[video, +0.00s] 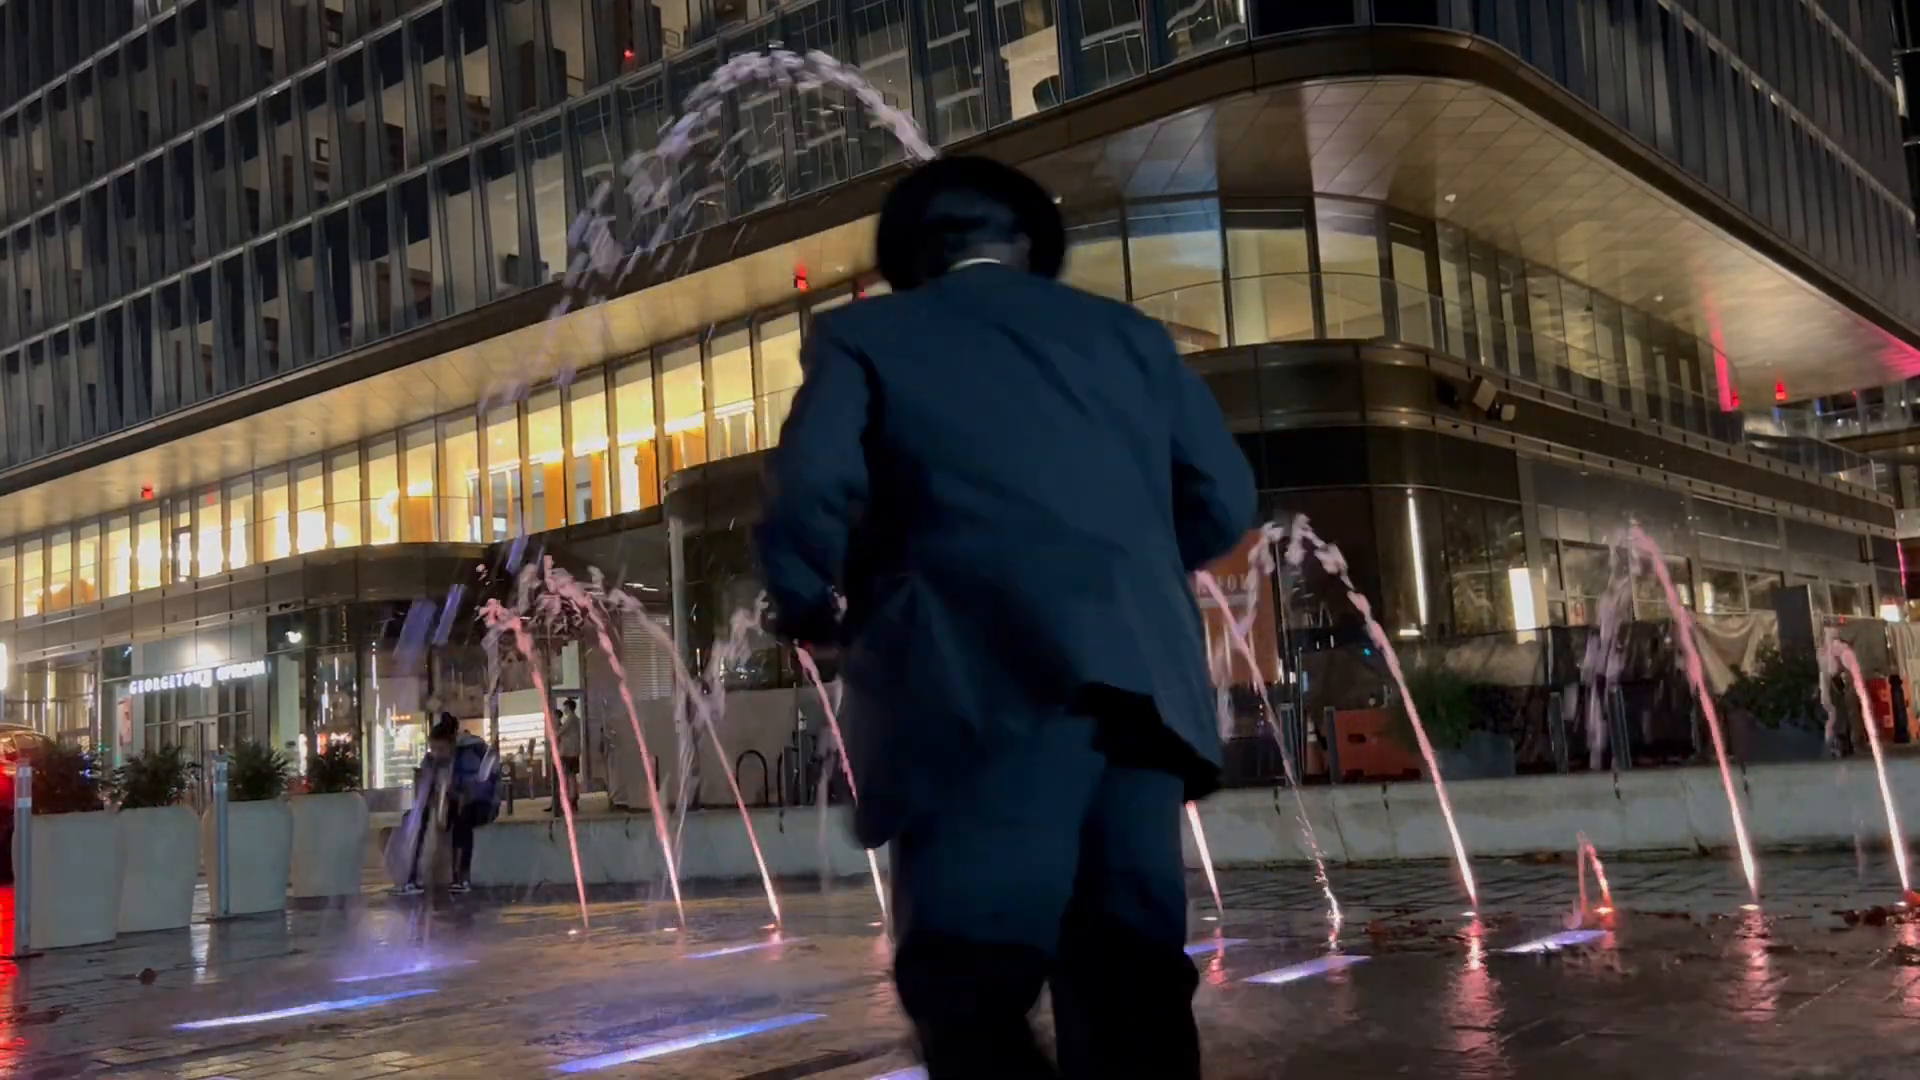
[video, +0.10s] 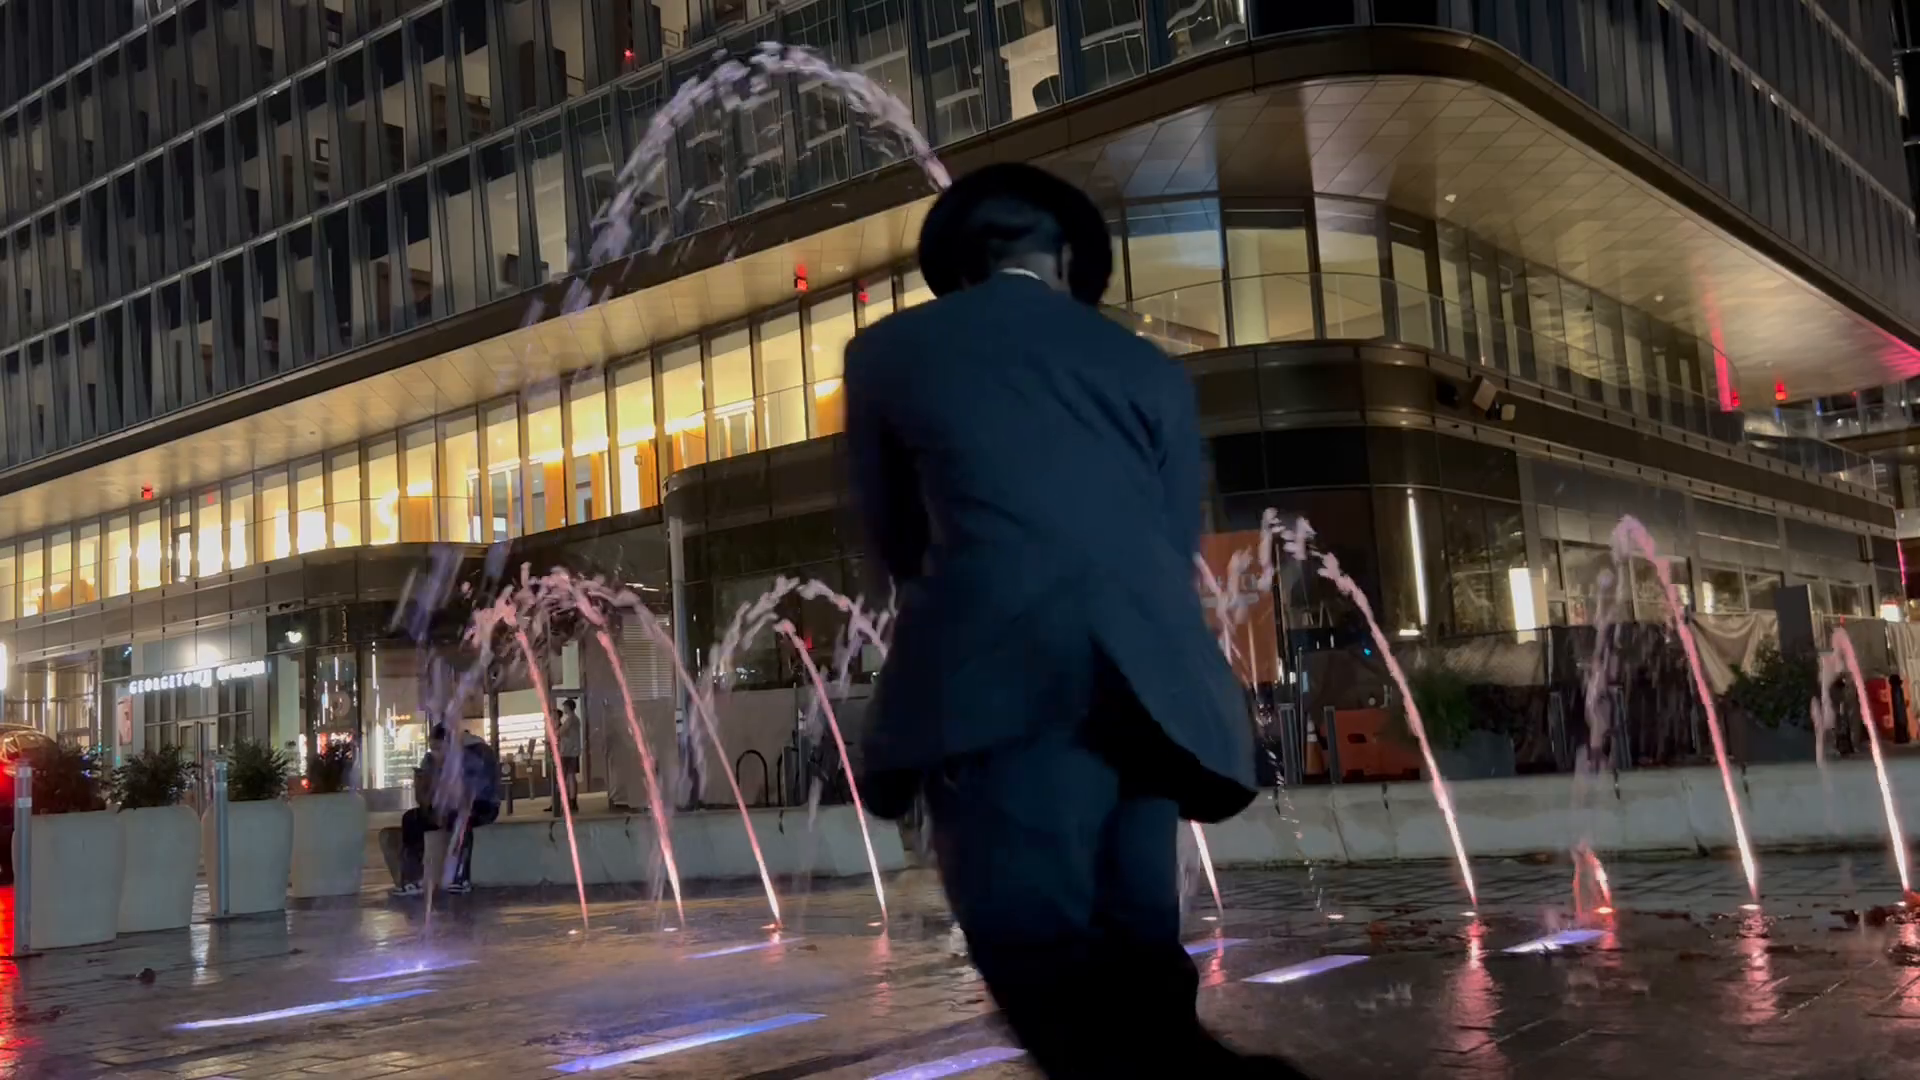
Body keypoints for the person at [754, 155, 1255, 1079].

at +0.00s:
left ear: (904, 261)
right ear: (1035, 251)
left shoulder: (868, 332)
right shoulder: (1130, 330)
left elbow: (806, 495)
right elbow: (1227, 502)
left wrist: (814, 617)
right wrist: (1121, 566)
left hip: (974, 693)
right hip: (1143, 691)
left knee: (965, 999)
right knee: (1133, 994)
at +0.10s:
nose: (1045, 266)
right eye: (1055, 253)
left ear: (953, 267)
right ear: (1070, 265)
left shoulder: (891, 348)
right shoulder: (1151, 362)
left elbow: (893, 536)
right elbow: (1181, 528)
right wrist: (1115, 616)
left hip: (992, 672)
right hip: (1147, 665)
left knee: (1038, 964)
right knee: (1146, 952)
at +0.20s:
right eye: (1065, 274)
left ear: (961, 277)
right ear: (1074, 281)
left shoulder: (918, 350)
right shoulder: (1152, 385)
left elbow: (935, 485)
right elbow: (1143, 536)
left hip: (1034, 695)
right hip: (1165, 696)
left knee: (1062, 970)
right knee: (1161, 975)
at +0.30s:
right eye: (1054, 255)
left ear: (960, 262)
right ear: (1071, 266)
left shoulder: (922, 332)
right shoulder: (1156, 364)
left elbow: (930, 530)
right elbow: (1199, 532)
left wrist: (1019, 563)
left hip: (1041, 654)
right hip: (1177, 664)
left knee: (1015, 946)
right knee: (1138, 966)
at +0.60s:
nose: (928, 224)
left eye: (930, 205)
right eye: (930, 206)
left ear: (948, 202)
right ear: (1045, 208)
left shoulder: (927, 284)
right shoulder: (1144, 323)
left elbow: (930, 470)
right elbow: (1211, 478)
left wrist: (970, 524)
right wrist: (1118, 532)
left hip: (1007, 667)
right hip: (1150, 665)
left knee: (952, 992)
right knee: (1143, 978)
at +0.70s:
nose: (919, 205)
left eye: (923, 185)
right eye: (924, 186)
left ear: (941, 183)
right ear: (1040, 189)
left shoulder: (911, 267)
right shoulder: (1143, 315)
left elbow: (849, 434)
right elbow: (1210, 480)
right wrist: (1099, 481)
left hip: (980, 678)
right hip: (1132, 684)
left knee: (952, 998)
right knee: (1097, 977)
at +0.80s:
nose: (918, 196)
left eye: (920, 171)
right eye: (919, 174)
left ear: (945, 163)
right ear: (1039, 163)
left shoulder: (902, 268)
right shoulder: (1132, 290)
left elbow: (777, 446)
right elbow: (1098, 466)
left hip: (958, 685)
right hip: (1115, 688)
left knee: (937, 994)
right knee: (1053, 968)